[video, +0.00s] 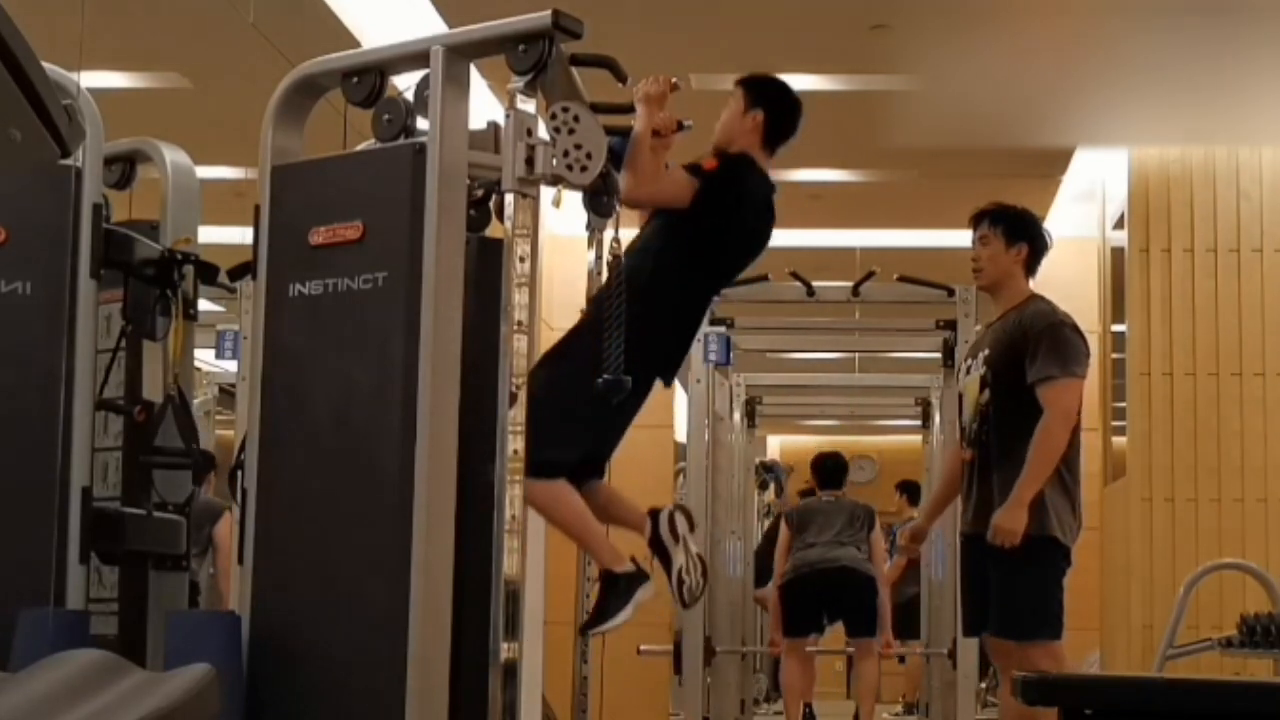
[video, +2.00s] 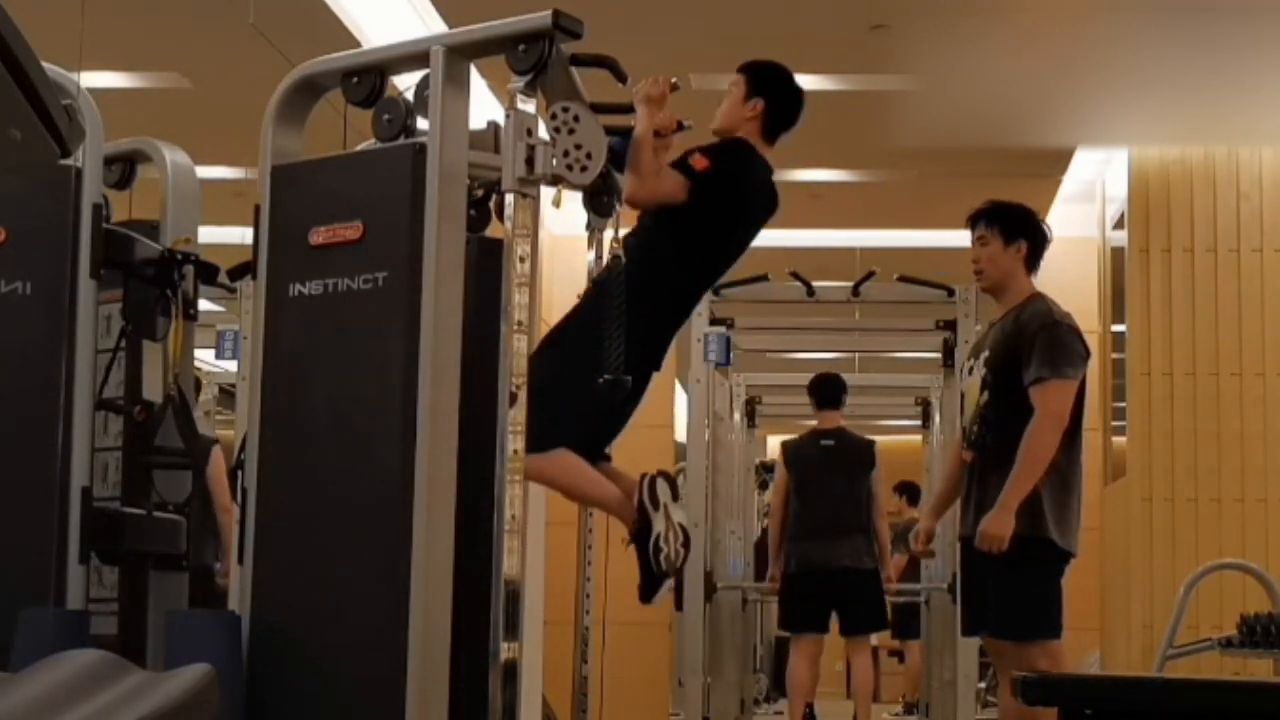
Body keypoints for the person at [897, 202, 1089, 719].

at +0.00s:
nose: (974, 255)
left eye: (986, 244)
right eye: (973, 245)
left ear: (1022, 253)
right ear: (976, 254)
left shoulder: (1048, 325)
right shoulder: (981, 342)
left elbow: (1062, 415)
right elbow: (966, 445)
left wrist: (1019, 502)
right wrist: (926, 518)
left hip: (1033, 524)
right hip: (988, 523)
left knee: (1039, 659)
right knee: (1005, 656)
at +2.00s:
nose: (973, 255)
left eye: (984, 243)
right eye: (973, 245)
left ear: (1020, 249)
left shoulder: (1046, 324)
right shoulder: (995, 336)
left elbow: (1051, 421)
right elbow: (971, 438)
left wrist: (1006, 506)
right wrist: (931, 514)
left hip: (1031, 524)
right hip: (994, 523)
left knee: (1039, 664)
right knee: (1004, 659)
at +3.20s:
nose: (974, 262)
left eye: (985, 249)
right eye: (972, 252)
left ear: (1021, 252)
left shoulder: (1050, 326)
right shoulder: (995, 339)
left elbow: (1061, 424)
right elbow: (973, 441)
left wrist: (1018, 509)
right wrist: (938, 520)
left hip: (1034, 527)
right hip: (995, 525)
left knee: (1041, 671)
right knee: (1006, 665)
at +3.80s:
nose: (983, 251)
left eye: (995, 239)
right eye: (983, 240)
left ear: (1032, 248)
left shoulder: (1054, 322)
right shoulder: (993, 335)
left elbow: (1066, 418)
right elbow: (969, 432)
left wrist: (1021, 503)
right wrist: (924, 507)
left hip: (1033, 527)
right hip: (992, 525)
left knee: (1039, 669)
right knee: (1005, 663)